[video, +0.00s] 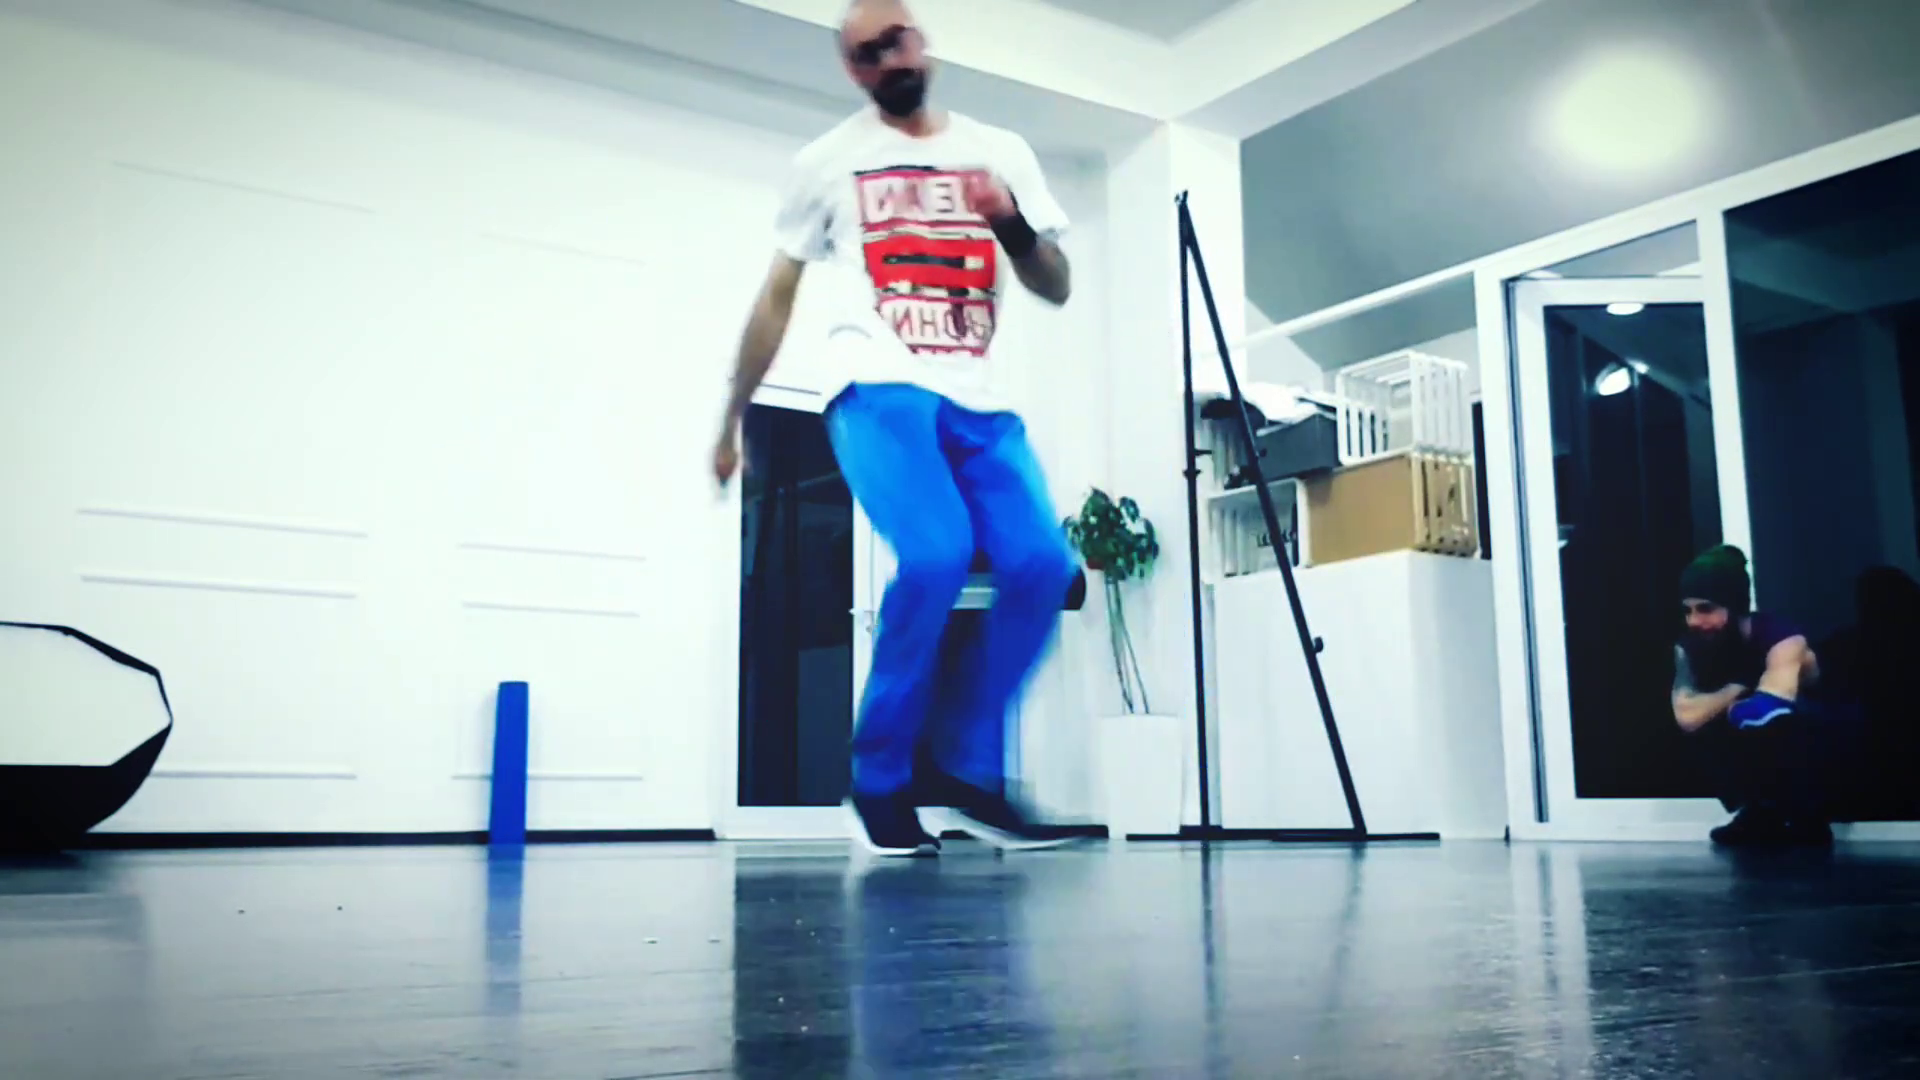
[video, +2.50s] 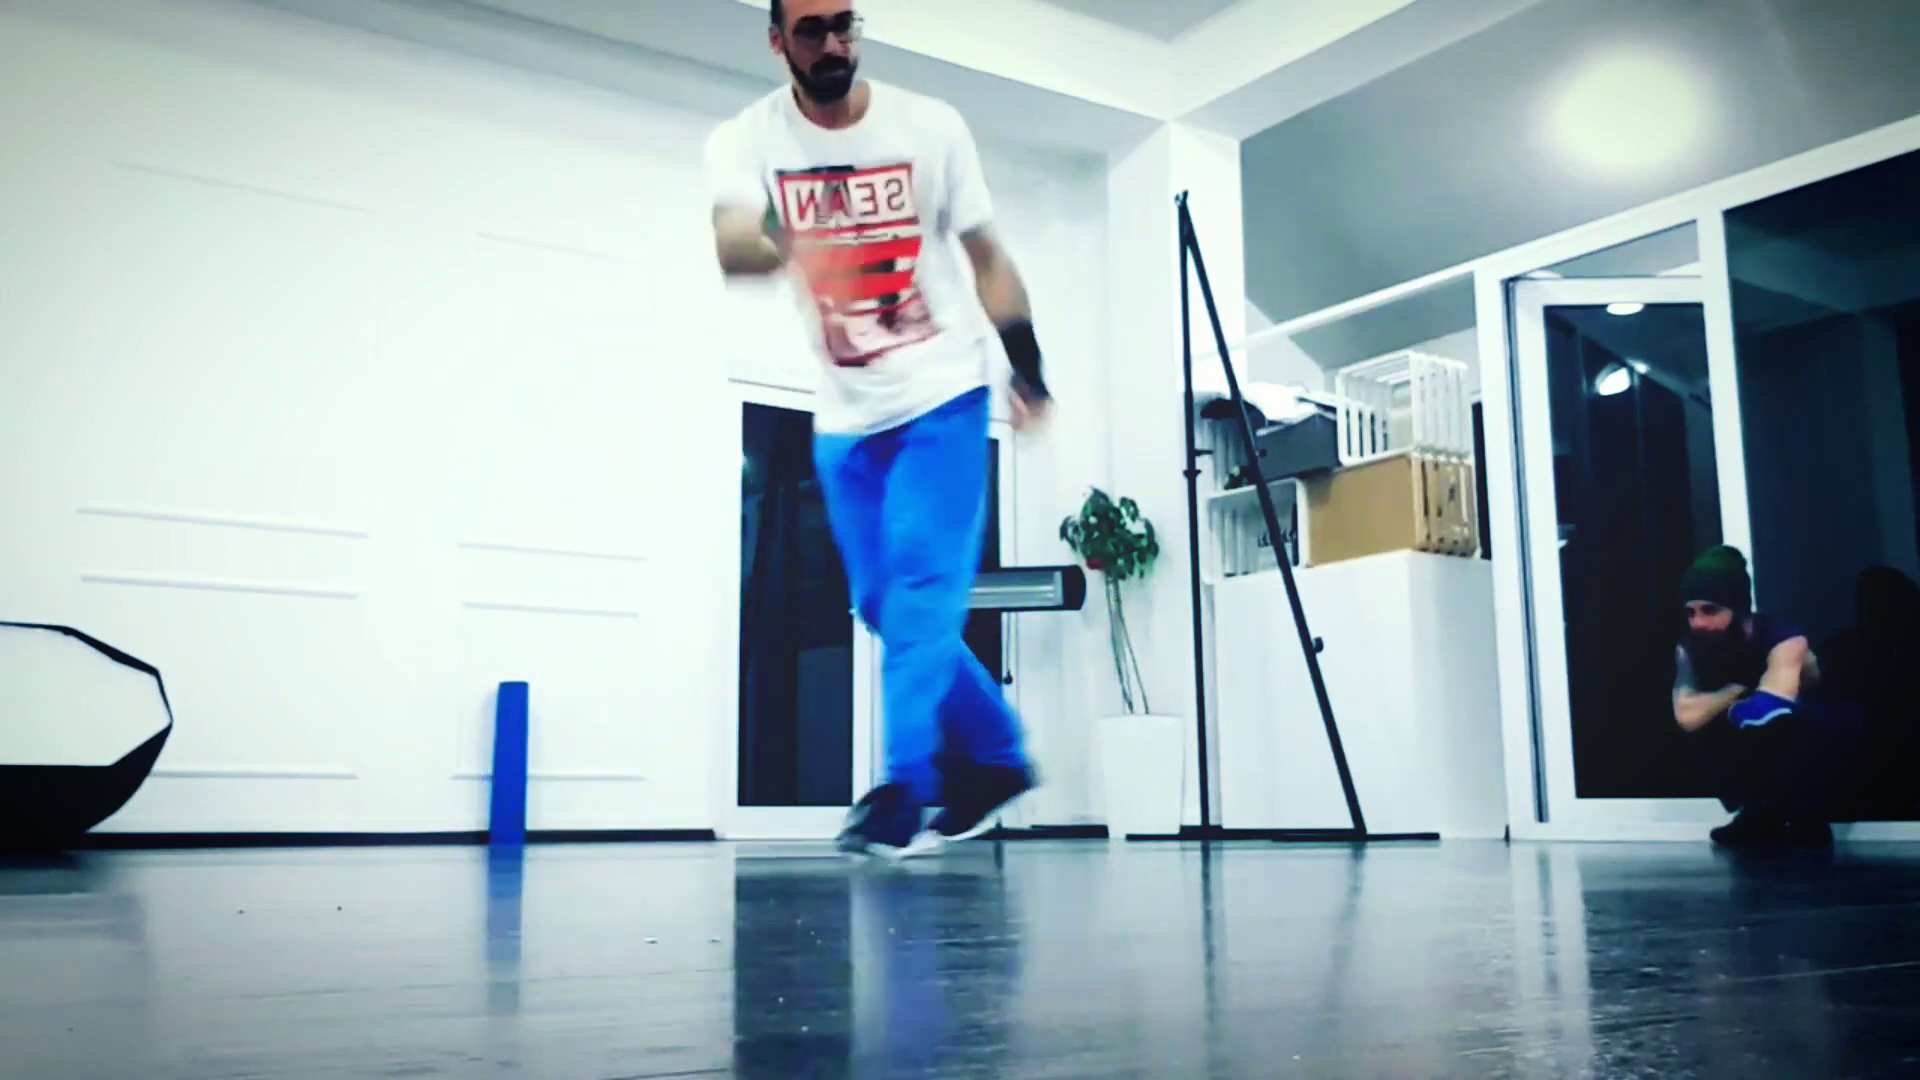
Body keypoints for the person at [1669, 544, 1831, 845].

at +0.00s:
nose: (1694, 622)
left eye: (1705, 610)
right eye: (1688, 611)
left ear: (1734, 606)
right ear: (1682, 610)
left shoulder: (1780, 636)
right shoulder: (1688, 650)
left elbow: (1772, 706)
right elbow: (1687, 716)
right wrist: (1735, 690)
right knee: (1703, 727)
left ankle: (1804, 821)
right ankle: (1755, 813)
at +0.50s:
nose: (1696, 621)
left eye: (1708, 609)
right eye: (1689, 611)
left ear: (1735, 606)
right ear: (1683, 611)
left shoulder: (1777, 637)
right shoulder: (1687, 650)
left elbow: (1773, 704)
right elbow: (1686, 717)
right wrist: (1732, 693)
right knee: (1704, 726)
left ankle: (1803, 820)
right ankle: (1754, 813)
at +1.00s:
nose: (1697, 622)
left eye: (1708, 610)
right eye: (1690, 612)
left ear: (1737, 607)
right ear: (1684, 613)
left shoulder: (1780, 638)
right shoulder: (1689, 653)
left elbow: (1776, 699)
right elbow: (1687, 717)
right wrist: (1733, 692)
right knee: (1710, 727)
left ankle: (1805, 820)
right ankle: (1756, 813)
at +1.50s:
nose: (1696, 623)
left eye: (1707, 611)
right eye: (1689, 612)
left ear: (1736, 608)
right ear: (1683, 613)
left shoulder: (1781, 638)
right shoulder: (1689, 651)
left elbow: (1775, 700)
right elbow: (1687, 716)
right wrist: (1730, 693)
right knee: (1710, 726)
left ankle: (1804, 820)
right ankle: (1756, 813)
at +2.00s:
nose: (1697, 625)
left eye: (1708, 613)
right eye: (1690, 614)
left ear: (1738, 610)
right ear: (1685, 615)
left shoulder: (1782, 639)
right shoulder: (1690, 653)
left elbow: (1775, 700)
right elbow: (1687, 716)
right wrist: (1733, 692)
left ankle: (1804, 820)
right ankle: (1756, 813)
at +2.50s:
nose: (1698, 623)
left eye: (1709, 611)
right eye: (1691, 612)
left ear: (1737, 609)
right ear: (1685, 612)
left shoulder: (1780, 639)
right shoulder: (1690, 651)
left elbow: (1776, 699)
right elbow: (1687, 716)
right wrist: (1734, 691)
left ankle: (1805, 820)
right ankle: (1756, 813)